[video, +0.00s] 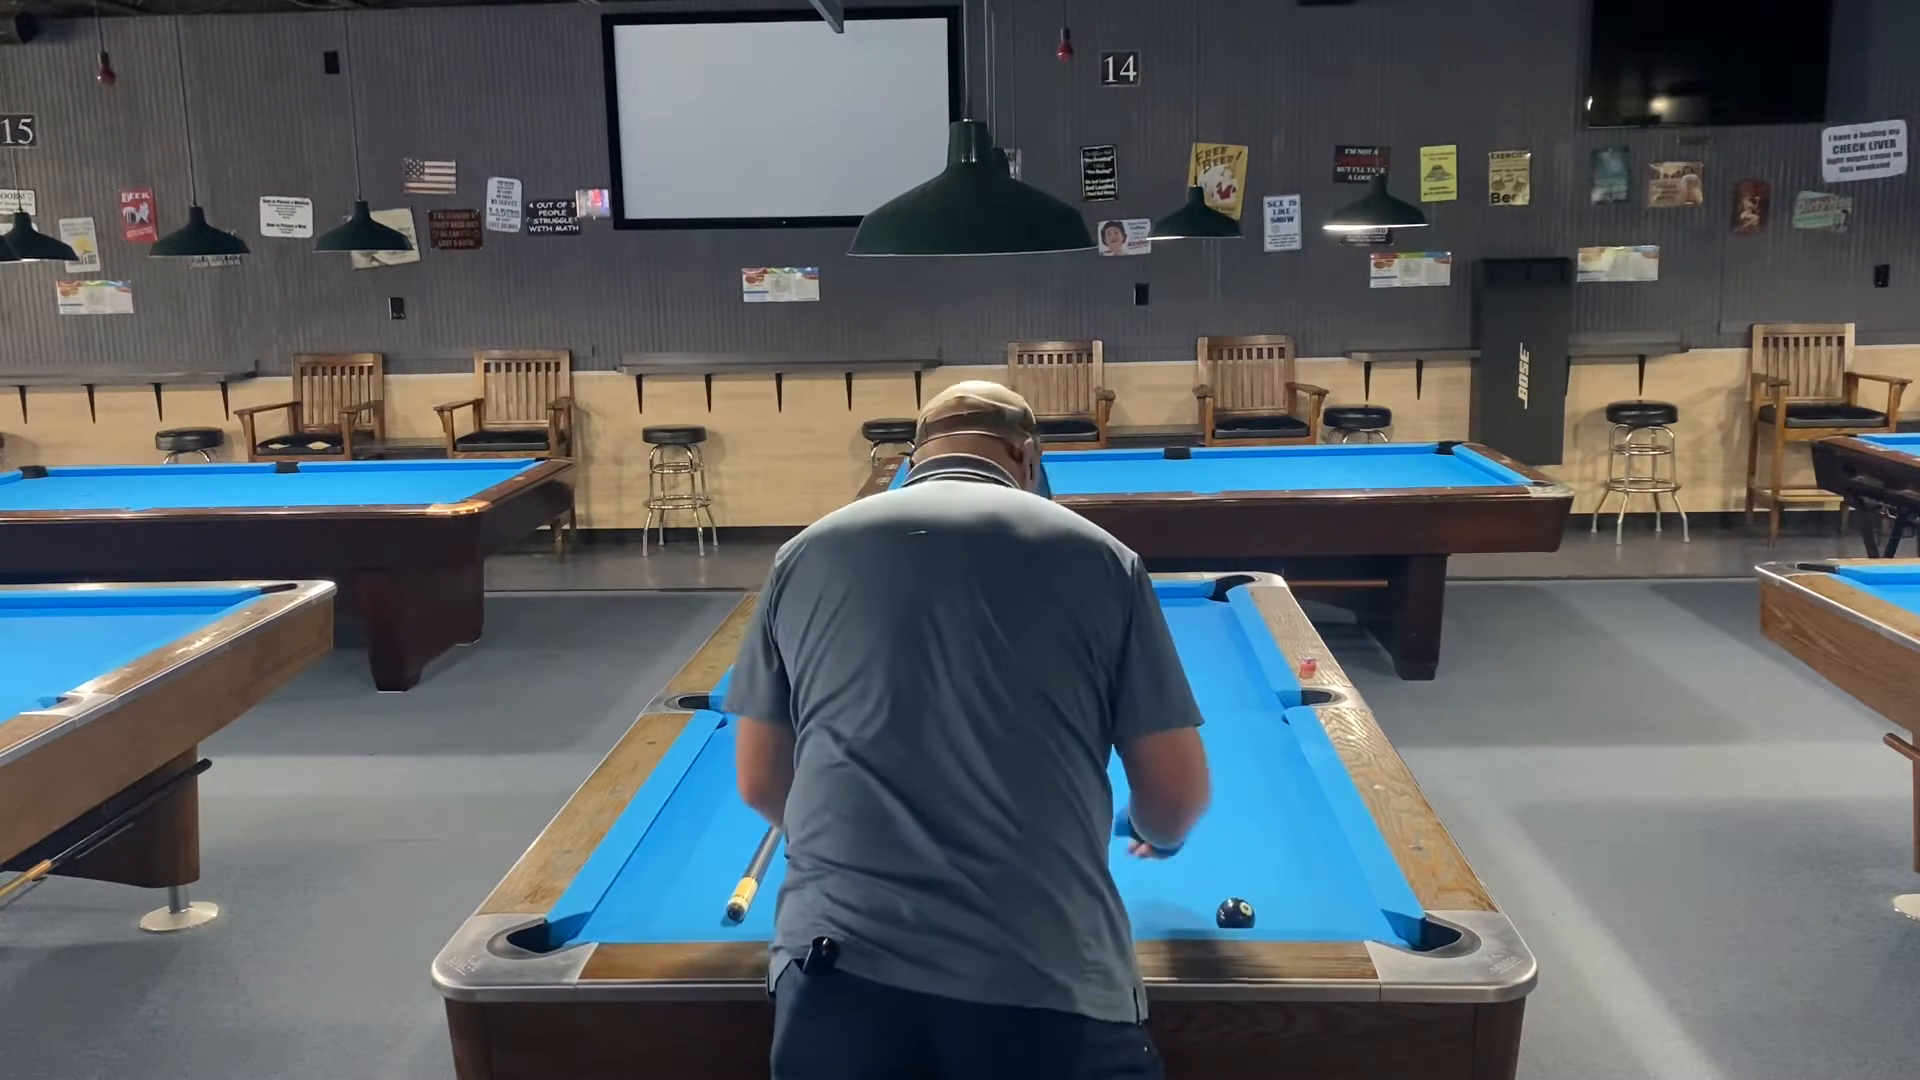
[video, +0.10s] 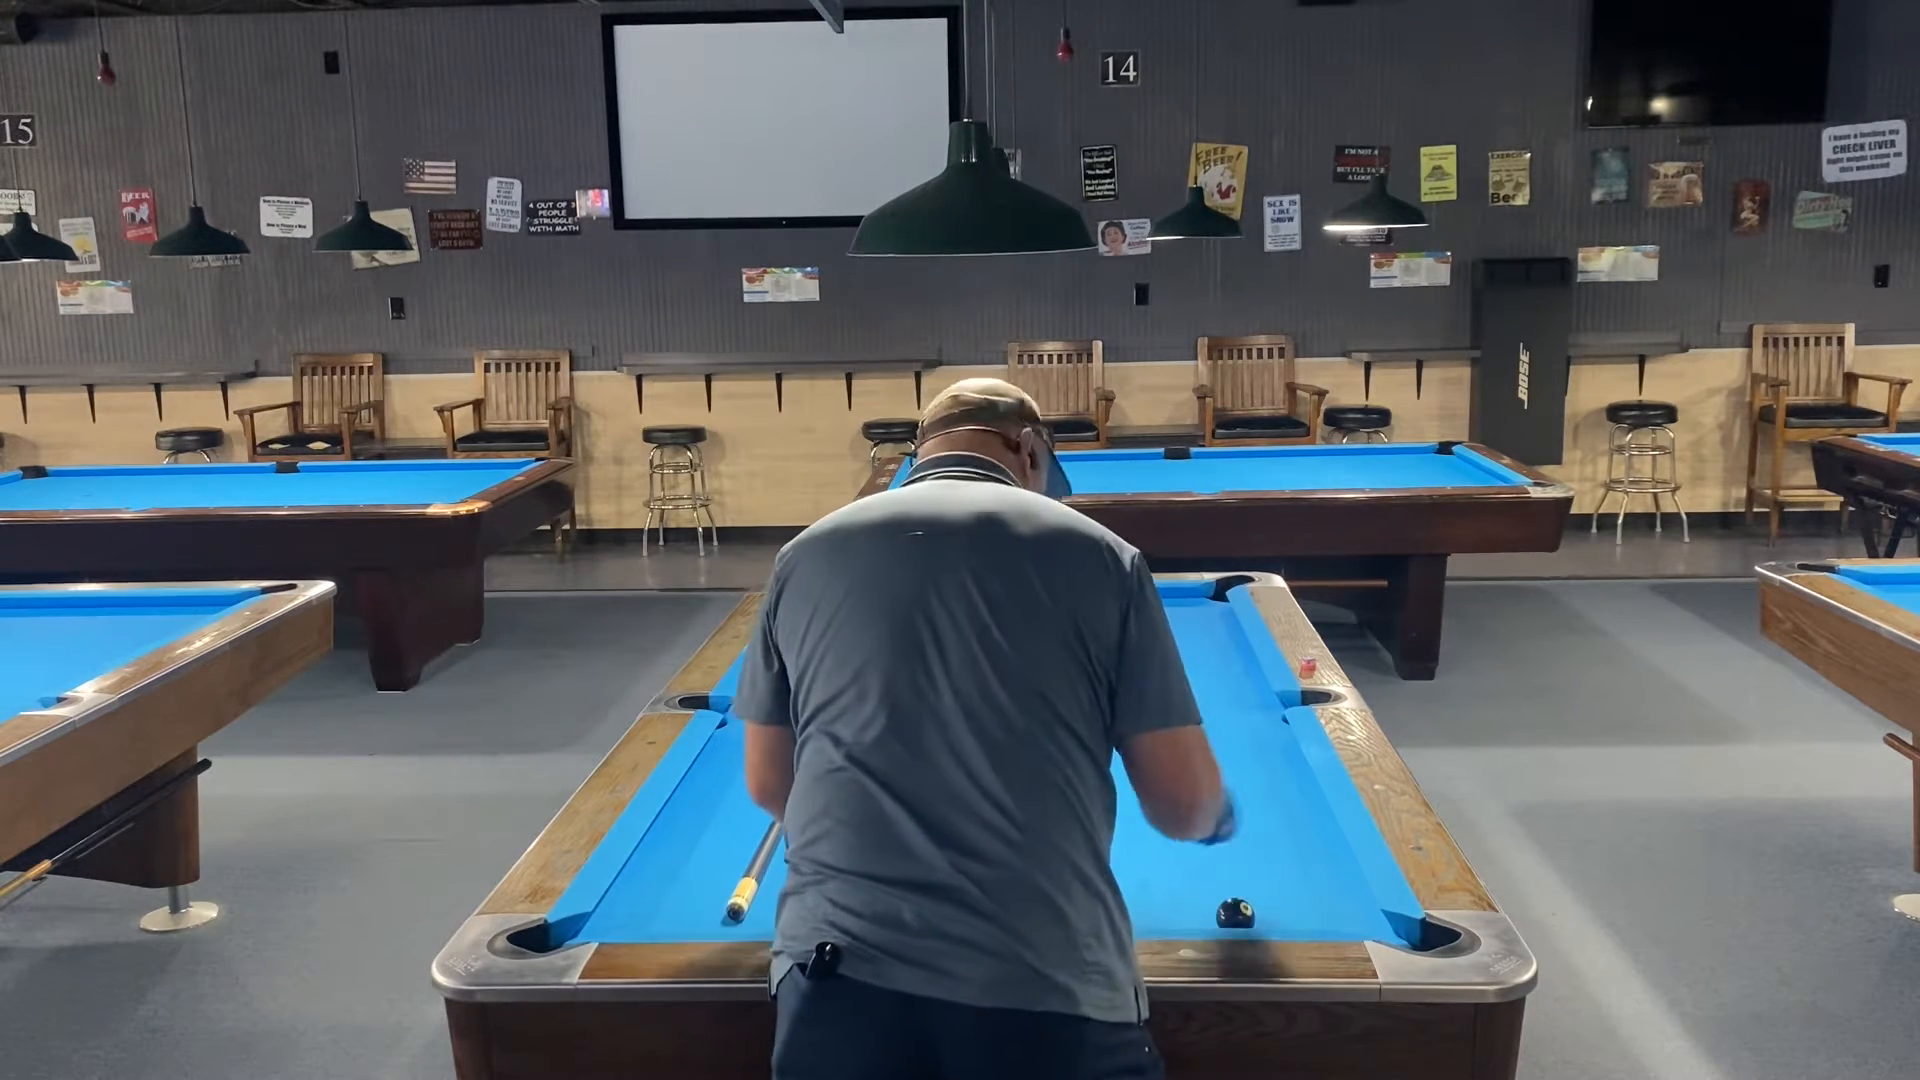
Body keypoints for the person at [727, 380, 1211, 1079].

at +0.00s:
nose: (1044, 485)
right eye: (1041, 470)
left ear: (914, 461)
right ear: (1027, 462)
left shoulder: (809, 552)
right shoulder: (1101, 561)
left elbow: (761, 778)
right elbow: (1176, 789)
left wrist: (846, 831)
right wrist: (1154, 831)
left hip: (844, 987)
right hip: (1053, 1005)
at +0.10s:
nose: (1049, 490)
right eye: (1046, 470)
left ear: (916, 460)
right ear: (1027, 452)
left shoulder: (810, 551)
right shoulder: (1099, 557)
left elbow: (769, 780)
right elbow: (1183, 804)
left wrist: (854, 829)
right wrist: (1210, 806)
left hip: (841, 997)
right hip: (1051, 1007)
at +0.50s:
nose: (1052, 477)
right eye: (1054, 464)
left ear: (938, 453)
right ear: (1052, 458)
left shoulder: (833, 549)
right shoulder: (1117, 562)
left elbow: (792, 772)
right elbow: (1214, 782)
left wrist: (880, 831)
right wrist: (1235, 881)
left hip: (848, 986)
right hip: (1056, 1005)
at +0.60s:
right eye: (1052, 468)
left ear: (939, 458)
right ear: (1051, 463)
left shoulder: (837, 550)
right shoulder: (1120, 566)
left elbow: (783, 772)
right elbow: (1211, 789)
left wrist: (870, 835)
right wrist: (1234, 863)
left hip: (851, 982)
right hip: (1060, 1000)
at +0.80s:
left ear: (935, 469)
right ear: (1045, 478)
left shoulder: (836, 557)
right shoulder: (1117, 573)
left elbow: (777, 772)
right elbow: (1192, 798)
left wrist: (861, 819)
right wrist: (1163, 822)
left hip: (854, 979)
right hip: (1066, 994)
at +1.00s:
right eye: (1041, 484)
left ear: (927, 483)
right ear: (1037, 486)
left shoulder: (834, 570)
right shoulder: (1104, 576)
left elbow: (804, 780)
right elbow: (1153, 787)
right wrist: (1065, 827)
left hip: (850, 977)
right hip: (1057, 984)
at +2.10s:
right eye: (1030, 511)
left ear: (917, 513)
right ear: (1024, 514)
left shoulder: (833, 585)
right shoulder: (1090, 593)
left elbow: (803, 793)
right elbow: (1130, 798)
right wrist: (1037, 852)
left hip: (845, 962)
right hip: (1049, 971)